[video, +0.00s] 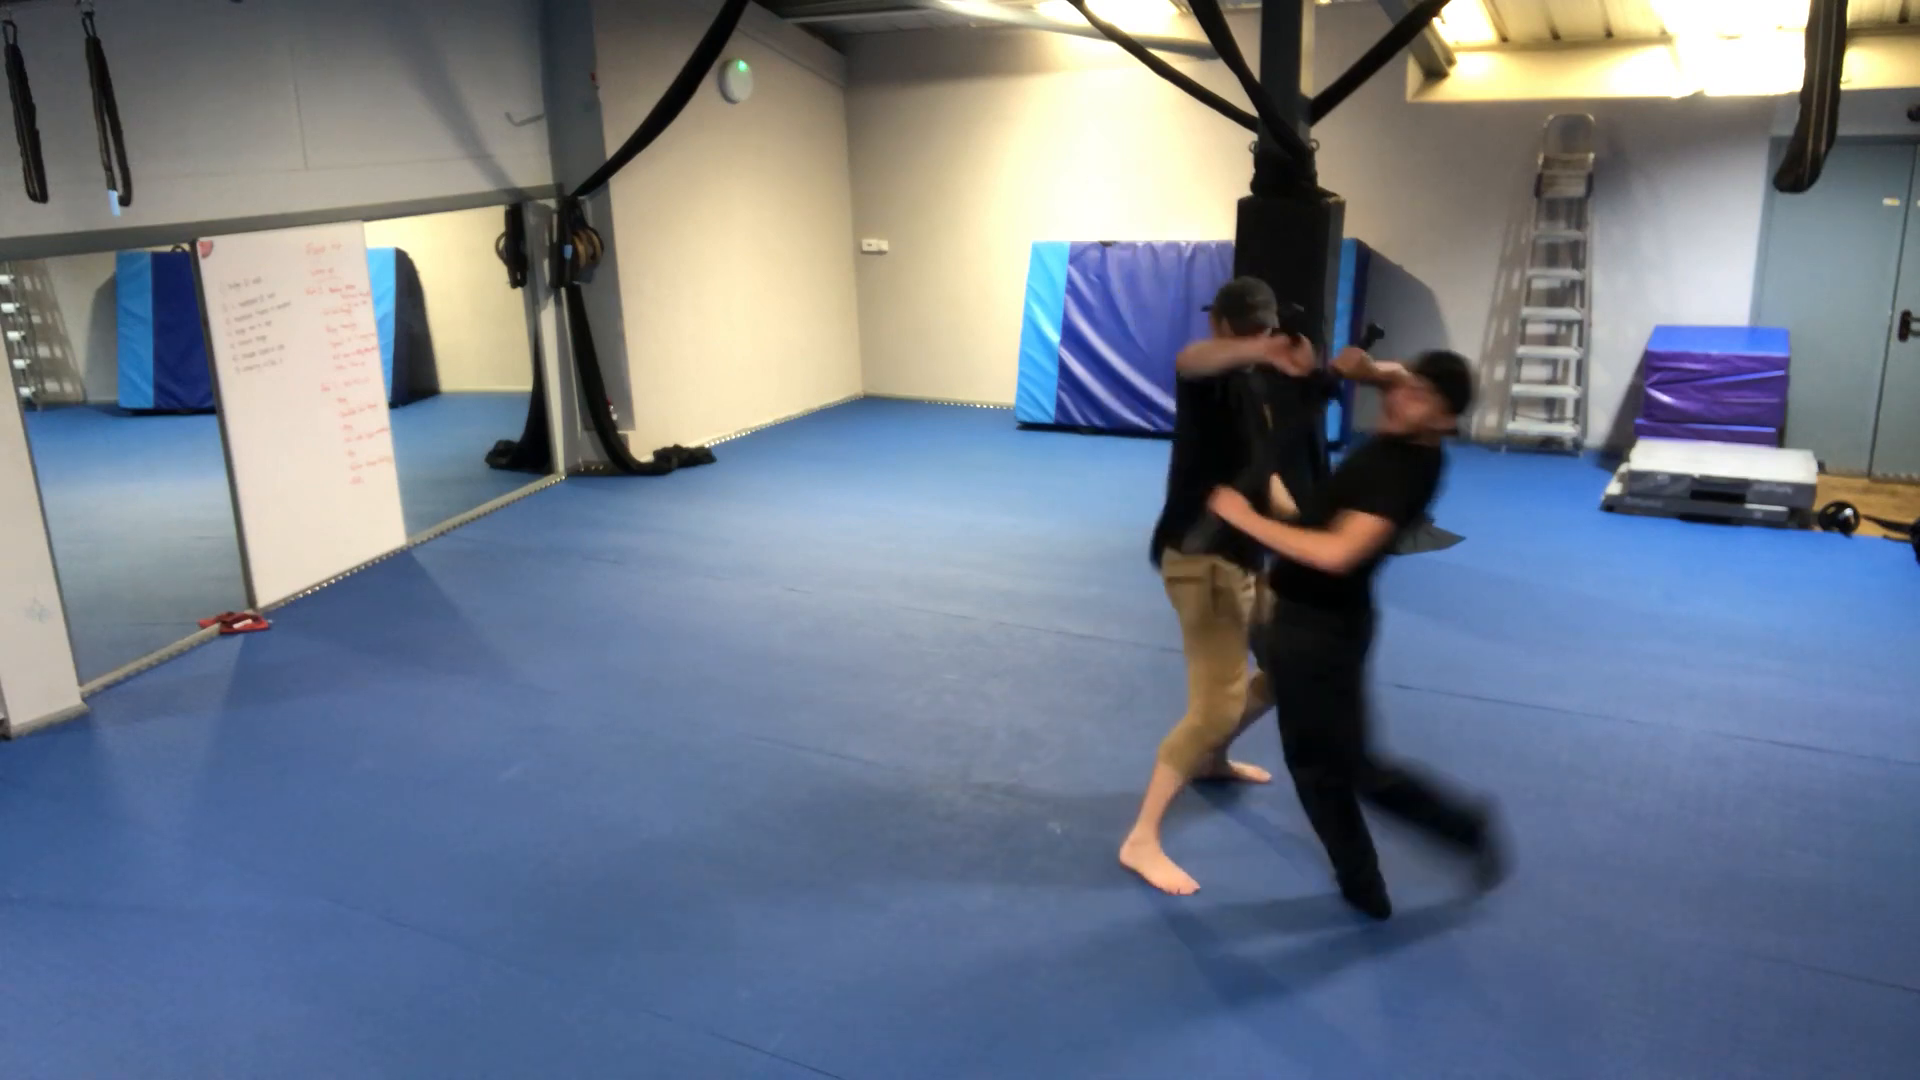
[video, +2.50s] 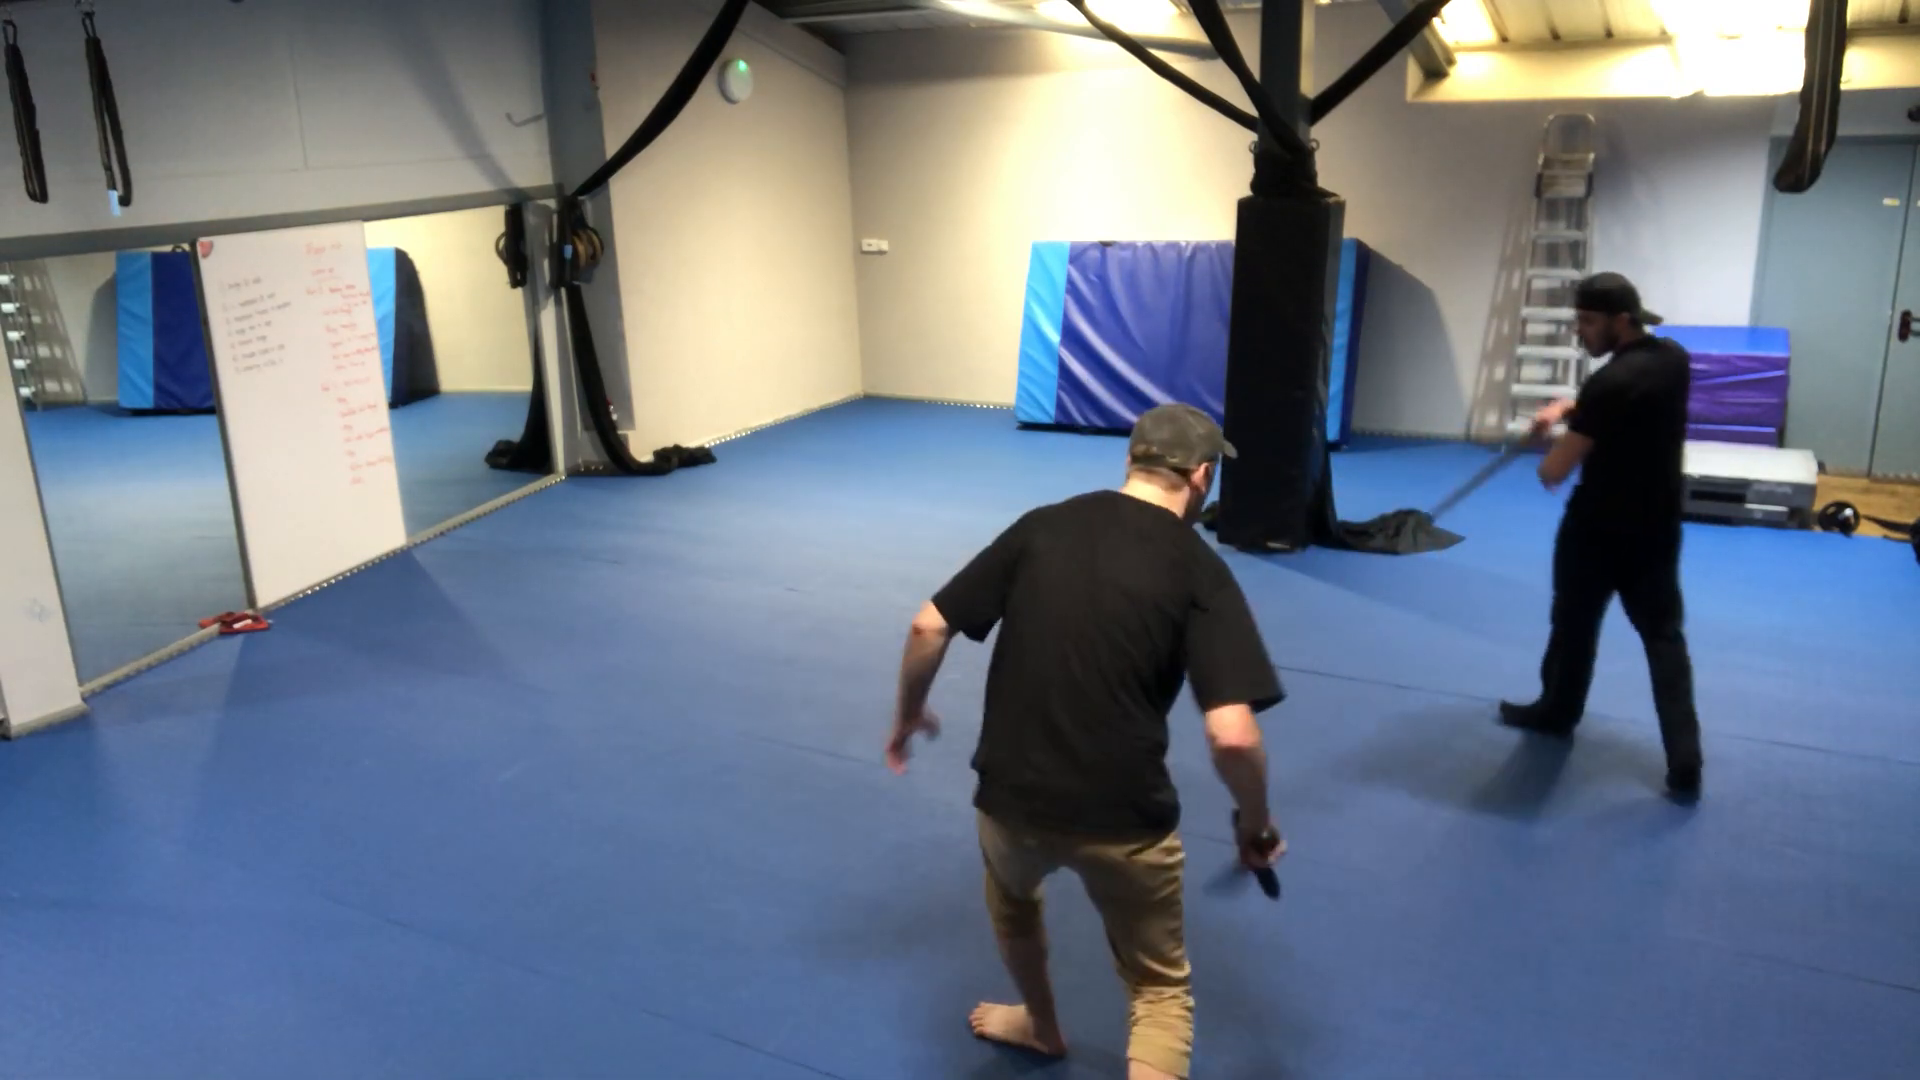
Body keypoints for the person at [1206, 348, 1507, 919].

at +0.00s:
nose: (1400, 395)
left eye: (1417, 393)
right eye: (1403, 385)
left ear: (1442, 414)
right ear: (1400, 391)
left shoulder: (1404, 464)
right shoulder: (1399, 444)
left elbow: (1338, 552)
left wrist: (1249, 520)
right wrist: (1292, 510)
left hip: (1319, 625)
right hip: (1324, 613)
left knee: (1318, 768)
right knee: (1343, 762)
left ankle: (1365, 893)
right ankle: (1467, 829)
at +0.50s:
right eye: (1545, 364)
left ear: (1492, 361)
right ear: (1549, 371)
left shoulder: (1460, 399)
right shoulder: (1553, 443)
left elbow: (1530, 415)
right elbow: (1602, 547)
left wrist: (1599, 442)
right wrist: (1653, 630)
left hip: (1456, 584)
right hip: (1499, 601)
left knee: (1521, 705)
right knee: (1498, 728)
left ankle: (1523, 822)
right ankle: (1427, 852)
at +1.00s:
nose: (1510, 367)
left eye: (1513, 358)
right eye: (1513, 356)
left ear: (1531, 363)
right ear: (1576, 362)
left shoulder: (1499, 424)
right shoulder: (1619, 427)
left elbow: (1395, 445)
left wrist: (1337, 443)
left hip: (1504, 603)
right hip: (1581, 614)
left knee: (1491, 694)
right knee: (1547, 745)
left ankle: (1484, 800)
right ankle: (1491, 895)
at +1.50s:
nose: (1567, 349)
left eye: (1575, 339)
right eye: (1569, 338)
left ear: (1607, 345)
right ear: (1625, 346)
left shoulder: (1600, 407)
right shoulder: (1669, 405)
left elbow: (1562, 476)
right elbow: (1640, 490)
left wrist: (1464, 516)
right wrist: (1577, 534)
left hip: (1580, 576)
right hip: (1636, 577)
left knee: (1530, 694)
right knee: (1653, 684)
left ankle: (1508, 818)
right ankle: (1688, 788)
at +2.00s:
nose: (1632, 329)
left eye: (1641, 319)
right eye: (1633, 318)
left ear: (1679, 320)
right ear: (1681, 322)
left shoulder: (1681, 385)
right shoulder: (1720, 372)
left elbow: (1684, 483)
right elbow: (1682, 461)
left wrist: (1652, 556)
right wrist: (1636, 499)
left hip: (1655, 540)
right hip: (1703, 542)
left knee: (1600, 643)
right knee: (1692, 665)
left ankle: (1592, 757)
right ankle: (1694, 781)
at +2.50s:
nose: (1578, 332)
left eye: (1585, 322)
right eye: (1578, 321)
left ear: (1617, 321)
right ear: (1628, 320)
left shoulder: (1607, 384)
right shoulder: (1674, 359)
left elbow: (1553, 471)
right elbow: (1628, 413)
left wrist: (1552, 438)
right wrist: (1569, 411)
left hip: (1596, 526)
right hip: (1655, 525)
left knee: (1574, 623)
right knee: (1665, 637)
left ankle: (1557, 711)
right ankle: (1685, 767)